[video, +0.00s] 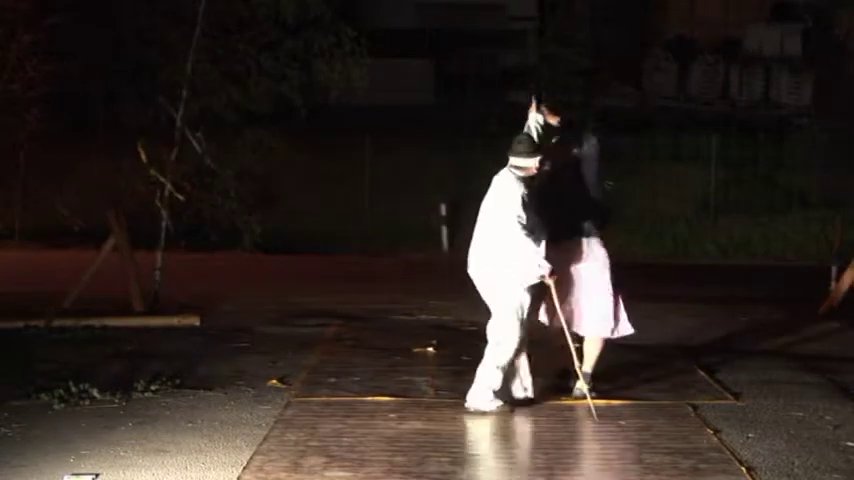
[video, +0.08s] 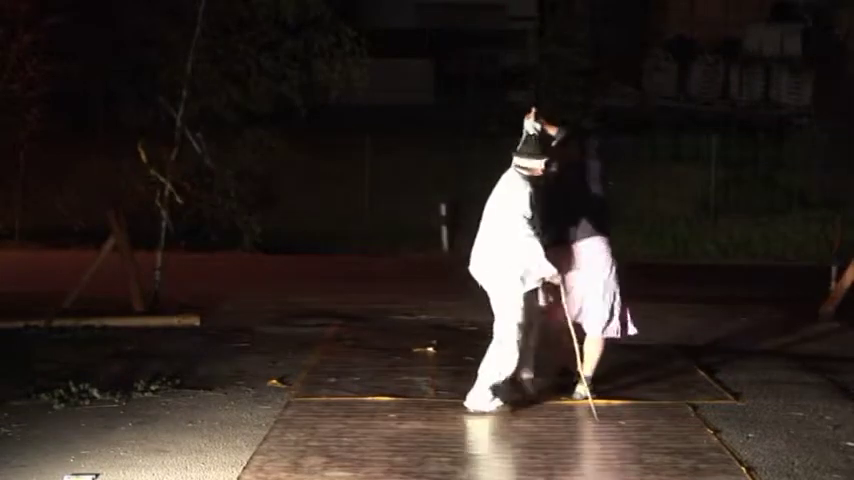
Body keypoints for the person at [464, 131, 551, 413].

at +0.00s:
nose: (539, 165)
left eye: (539, 159)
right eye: (535, 160)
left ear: (517, 159)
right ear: (525, 162)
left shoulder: (512, 180)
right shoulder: (510, 189)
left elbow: (527, 145)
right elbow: (513, 236)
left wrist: (535, 121)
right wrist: (539, 265)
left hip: (502, 265)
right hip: (496, 268)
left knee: (513, 325)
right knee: (508, 327)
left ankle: (519, 388)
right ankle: (481, 394)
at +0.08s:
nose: (546, 168)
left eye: (546, 163)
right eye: (542, 164)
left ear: (524, 159)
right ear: (530, 164)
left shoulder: (519, 181)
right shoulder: (516, 188)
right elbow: (522, 236)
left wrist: (533, 130)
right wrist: (547, 271)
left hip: (505, 263)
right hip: (498, 266)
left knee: (524, 320)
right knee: (511, 324)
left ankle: (521, 375)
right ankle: (482, 392)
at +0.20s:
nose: (547, 164)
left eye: (547, 159)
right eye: (546, 159)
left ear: (527, 153)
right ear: (543, 158)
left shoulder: (518, 173)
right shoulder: (530, 180)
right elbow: (538, 219)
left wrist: (548, 251)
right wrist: (559, 250)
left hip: (493, 251)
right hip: (507, 258)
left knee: (542, 278)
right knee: (506, 325)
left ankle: (530, 339)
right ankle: (483, 391)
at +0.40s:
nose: (567, 154)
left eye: (566, 149)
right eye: (566, 150)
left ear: (539, 147)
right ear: (562, 151)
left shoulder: (515, 173)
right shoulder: (562, 183)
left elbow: (500, 205)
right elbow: (582, 219)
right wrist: (595, 247)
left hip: (499, 246)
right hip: (528, 252)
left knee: (537, 301)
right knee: (531, 309)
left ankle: (540, 352)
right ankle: (507, 378)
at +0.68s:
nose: (542, 157)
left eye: (540, 152)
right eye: (538, 153)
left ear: (514, 157)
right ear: (529, 157)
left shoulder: (503, 186)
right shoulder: (535, 189)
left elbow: (494, 226)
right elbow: (560, 221)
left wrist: (516, 245)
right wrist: (590, 250)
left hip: (507, 267)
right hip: (531, 267)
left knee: (531, 324)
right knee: (549, 323)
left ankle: (521, 389)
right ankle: (530, 391)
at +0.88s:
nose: (530, 146)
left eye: (528, 140)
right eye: (524, 141)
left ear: (505, 144)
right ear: (508, 144)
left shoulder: (498, 173)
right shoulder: (507, 176)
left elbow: (518, 216)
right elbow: (526, 214)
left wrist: (546, 240)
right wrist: (555, 238)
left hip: (505, 263)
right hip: (510, 265)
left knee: (510, 321)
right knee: (521, 321)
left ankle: (494, 380)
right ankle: (520, 387)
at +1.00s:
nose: (516, 155)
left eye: (515, 149)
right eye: (510, 150)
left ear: (497, 151)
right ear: (493, 152)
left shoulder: (502, 181)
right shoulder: (485, 184)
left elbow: (506, 226)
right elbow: (496, 226)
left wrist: (528, 246)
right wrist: (527, 243)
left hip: (509, 268)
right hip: (496, 269)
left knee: (499, 325)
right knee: (522, 322)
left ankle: (469, 388)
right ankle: (518, 390)